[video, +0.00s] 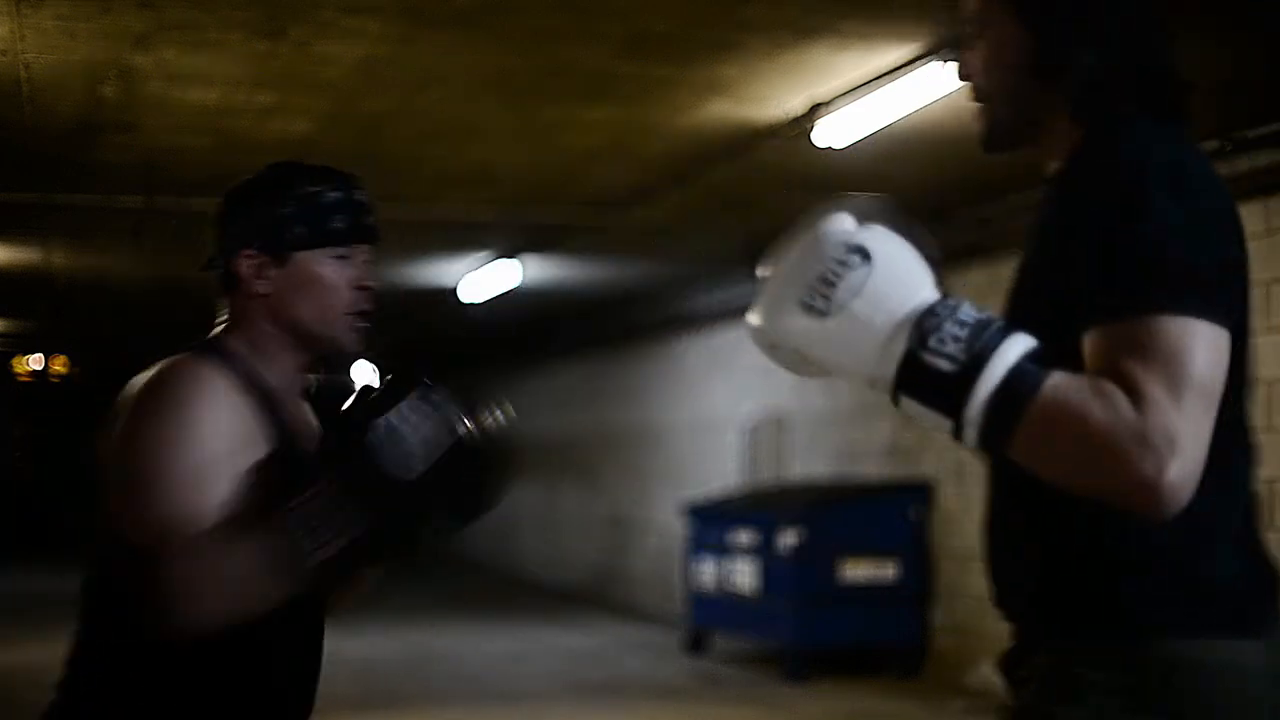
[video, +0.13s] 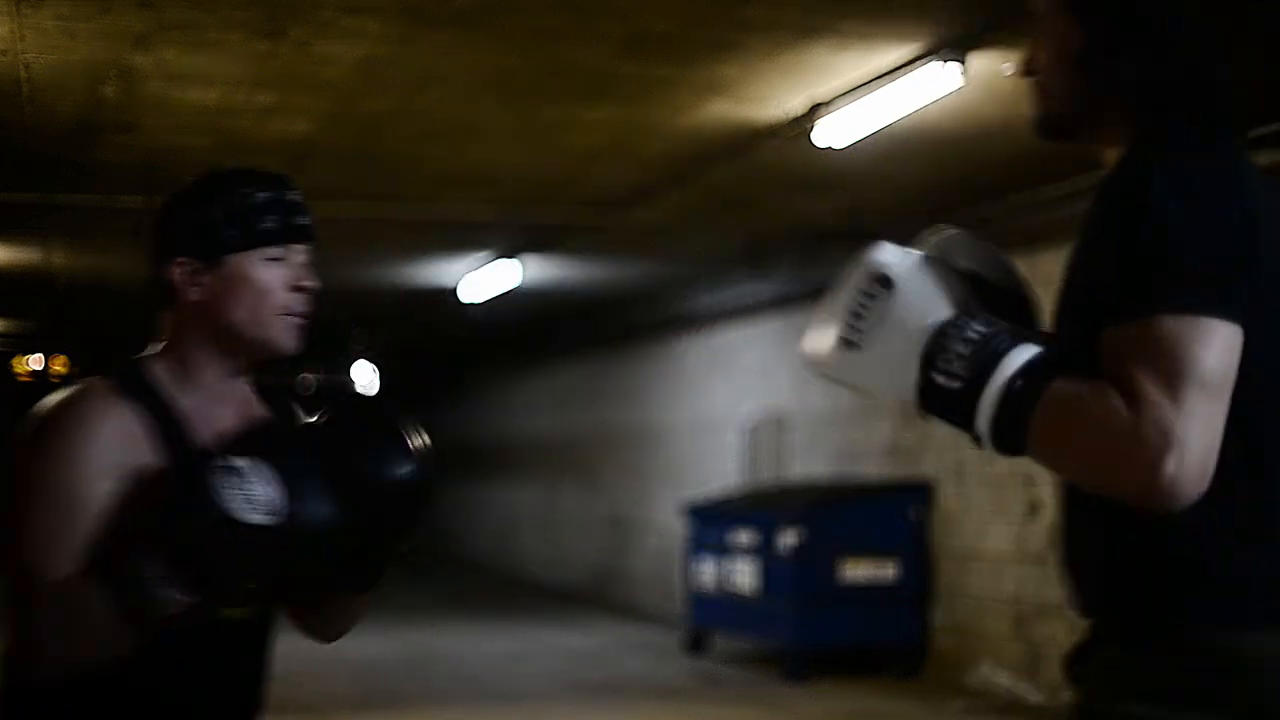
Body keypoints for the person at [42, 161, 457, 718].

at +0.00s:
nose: (368, 281)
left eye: (365, 260)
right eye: (342, 257)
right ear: (259, 272)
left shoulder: (293, 407)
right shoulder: (192, 398)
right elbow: (184, 596)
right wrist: (354, 493)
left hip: (251, 716)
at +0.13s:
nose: (307, 282)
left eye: (305, 263)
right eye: (276, 259)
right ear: (192, 280)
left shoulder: (271, 423)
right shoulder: (91, 428)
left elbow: (323, 620)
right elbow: (37, 638)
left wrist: (372, 512)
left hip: (224, 714)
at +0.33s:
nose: (240, 253)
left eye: (239, 234)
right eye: (208, 231)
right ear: (122, 256)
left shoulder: (228, 394)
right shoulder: (35, 390)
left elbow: (281, 605)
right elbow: (18, 626)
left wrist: (314, 483)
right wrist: (114, 506)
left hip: (178, 701)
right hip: (52, 708)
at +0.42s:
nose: (249, 245)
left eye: (248, 225)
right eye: (215, 222)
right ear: (132, 245)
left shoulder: (231, 383)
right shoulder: (39, 381)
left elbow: (304, 587)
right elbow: (65, 606)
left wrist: (330, 461)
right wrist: (159, 466)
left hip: (181, 698)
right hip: (61, 706)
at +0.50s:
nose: (272, 253)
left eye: (270, 235)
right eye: (242, 230)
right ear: (157, 253)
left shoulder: (233, 388)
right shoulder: (72, 392)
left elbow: (322, 584)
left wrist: (354, 443)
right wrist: (222, 435)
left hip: (192, 696)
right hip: (90, 707)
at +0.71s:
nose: (310, 278)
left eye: (307, 254)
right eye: (279, 251)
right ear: (193, 270)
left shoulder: (229, 395)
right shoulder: (100, 407)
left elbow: (321, 592)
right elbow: (180, 624)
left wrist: (361, 454)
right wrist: (268, 460)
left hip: (214, 714)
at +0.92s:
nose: (224, 362)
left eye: (237, 329)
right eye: (189, 338)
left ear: (257, 332)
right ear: (132, 348)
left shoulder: (283, 434)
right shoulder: (56, 465)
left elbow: (383, 609)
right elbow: (65, 694)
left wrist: (343, 479)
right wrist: (120, 561)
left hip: (237, 704)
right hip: (106, 715)